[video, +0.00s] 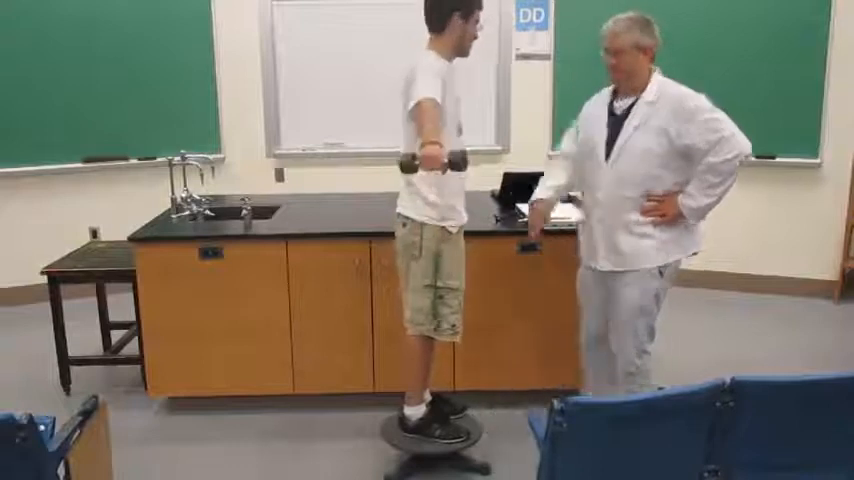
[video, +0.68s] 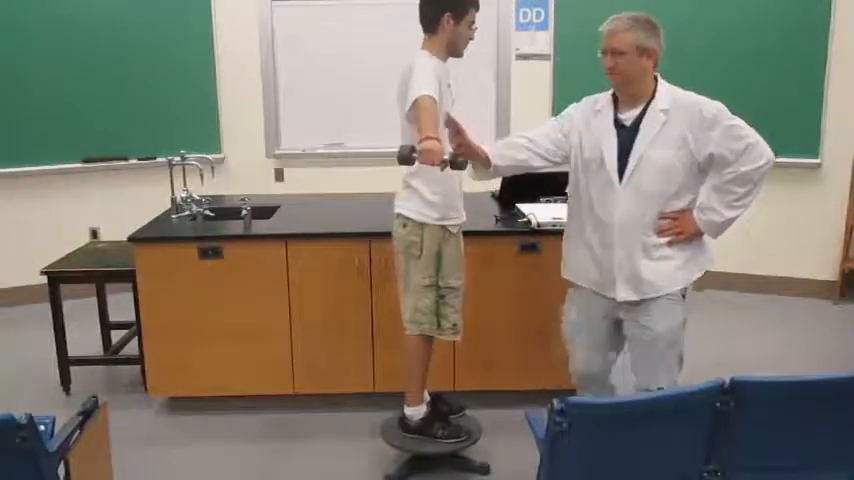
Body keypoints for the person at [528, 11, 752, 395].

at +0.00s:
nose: (609, 61)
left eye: (617, 53)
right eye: (606, 53)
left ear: (647, 53)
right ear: (605, 55)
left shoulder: (680, 104)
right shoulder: (595, 106)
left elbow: (732, 149)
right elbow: (566, 159)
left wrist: (687, 204)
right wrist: (542, 201)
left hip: (646, 250)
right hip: (596, 248)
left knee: (628, 348)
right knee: (594, 343)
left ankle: (635, 435)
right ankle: (599, 428)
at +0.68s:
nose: (606, 63)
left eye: (616, 55)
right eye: (604, 54)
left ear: (649, 58)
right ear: (601, 57)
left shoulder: (696, 115)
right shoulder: (584, 115)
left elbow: (753, 158)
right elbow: (535, 146)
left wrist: (703, 217)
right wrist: (482, 156)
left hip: (657, 281)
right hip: (590, 276)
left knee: (654, 390)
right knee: (586, 375)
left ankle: (652, 479)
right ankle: (602, 467)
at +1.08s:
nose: (539, 72)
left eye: (549, 62)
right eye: (538, 62)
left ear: (585, 65)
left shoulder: (633, 124)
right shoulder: (528, 127)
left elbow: (695, 177)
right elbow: (492, 170)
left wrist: (646, 241)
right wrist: (437, 161)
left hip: (605, 301)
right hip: (537, 299)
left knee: (618, 412)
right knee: (534, 407)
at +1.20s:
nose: (492, 73)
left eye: (500, 61)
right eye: (491, 62)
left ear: (538, 60)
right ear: (528, 62)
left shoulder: (584, 119)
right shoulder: (497, 121)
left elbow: (640, 178)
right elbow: (469, 179)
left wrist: (591, 245)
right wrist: (415, 164)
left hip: (554, 306)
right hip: (502, 302)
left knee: (538, 425)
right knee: (514, 420)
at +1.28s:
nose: (492, 73)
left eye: (500, 61)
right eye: (491, 62)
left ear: (538, 60)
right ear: (528, 62)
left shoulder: (584, 119)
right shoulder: (497, 121)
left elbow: (640, 178)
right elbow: (469, 179)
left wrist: (591, 245)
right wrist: (415, 164)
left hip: (550, 305)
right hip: (501, 300)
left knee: (535, 423)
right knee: (512, 417)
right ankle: (525, 476)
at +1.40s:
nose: (436, 76)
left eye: (442, 64)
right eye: (436, 65)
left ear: (479, 63)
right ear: (475, 64)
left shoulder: (525, 121)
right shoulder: (463, 126)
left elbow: (577, 190)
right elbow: (442, 190)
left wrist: (537, 256)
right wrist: (384, 167)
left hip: (507, 303)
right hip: (470, 300)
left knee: (448, 410)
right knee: (501, 409)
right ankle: (529, 475)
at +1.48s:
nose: (436, 76)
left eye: (442, 64)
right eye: (436, 65)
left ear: (479, 63)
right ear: (475, 64)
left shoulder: (525, 121)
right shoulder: (463, 126)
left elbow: (577, 190)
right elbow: (442, 190)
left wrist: (537, 256)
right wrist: (384, 167)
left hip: (507, 303)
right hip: (470, 300)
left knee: (448, 410)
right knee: (501, 409)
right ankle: (529, 475)